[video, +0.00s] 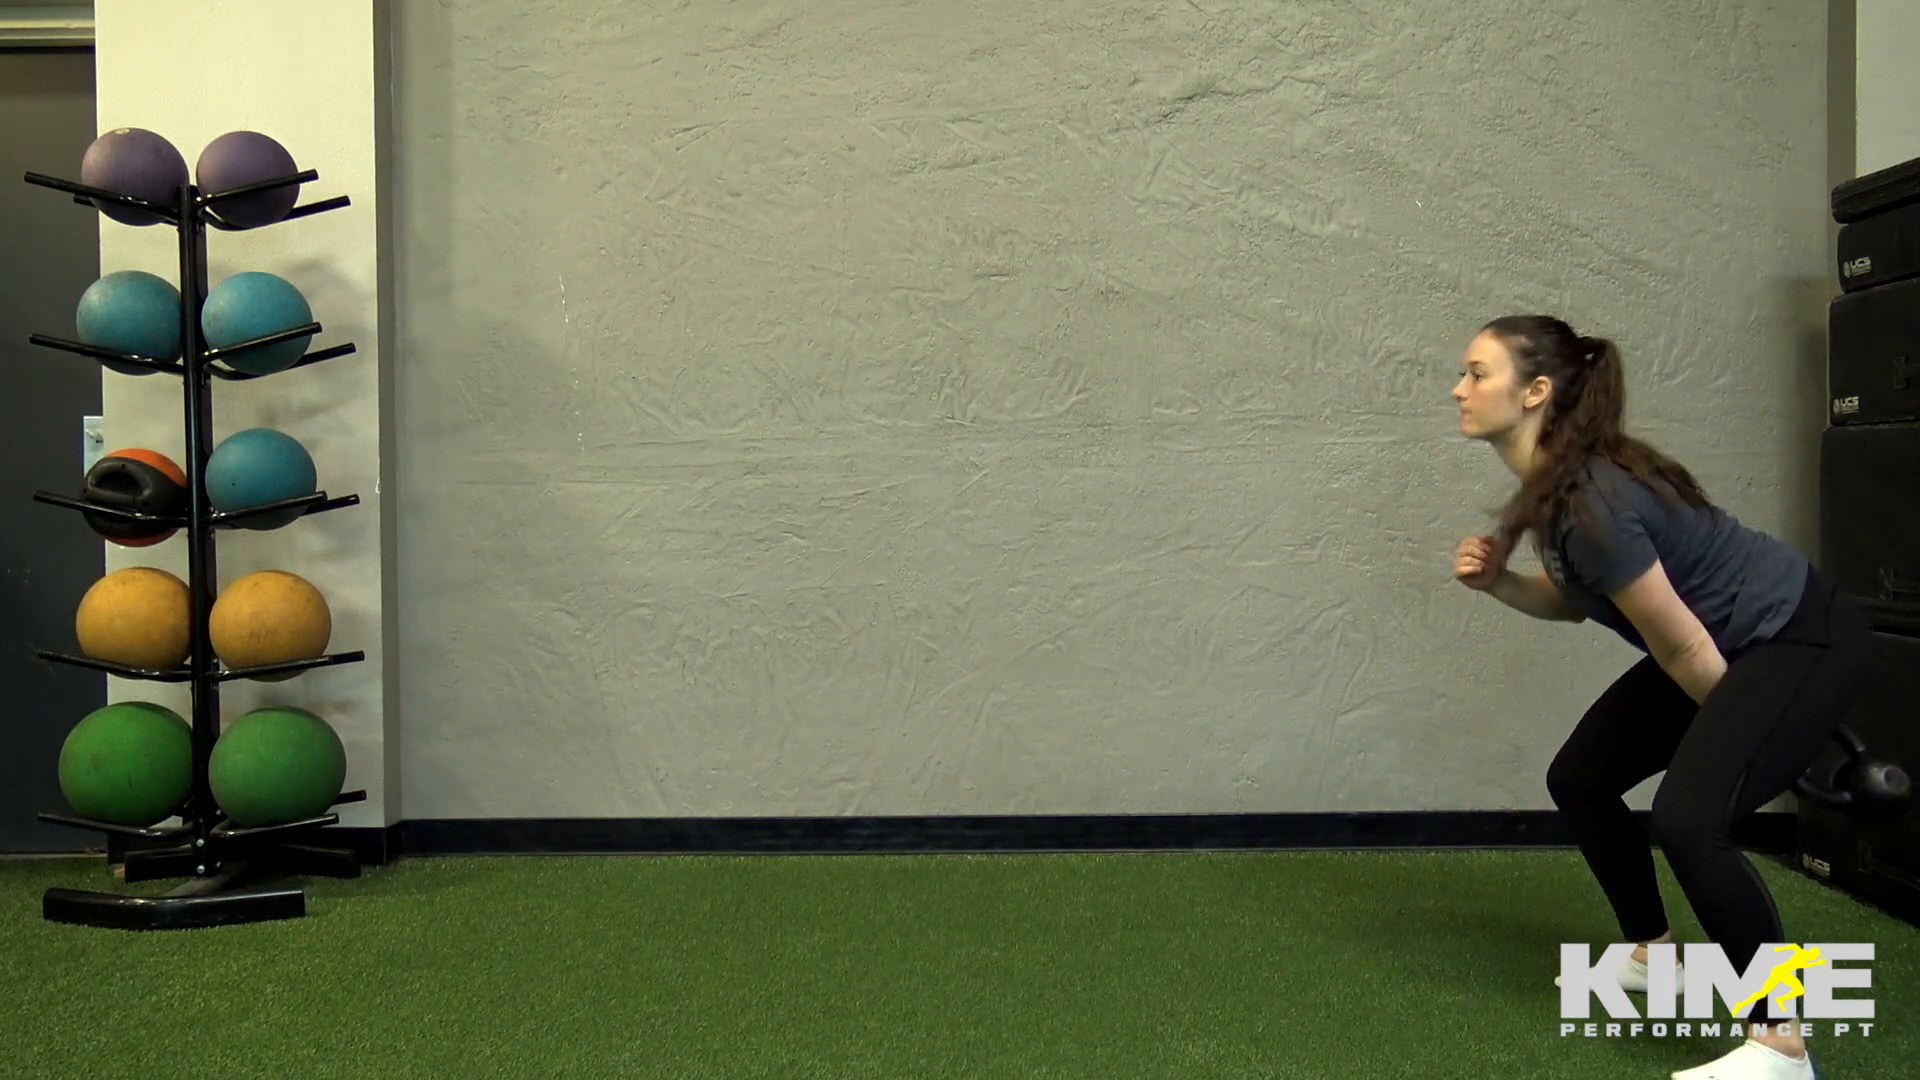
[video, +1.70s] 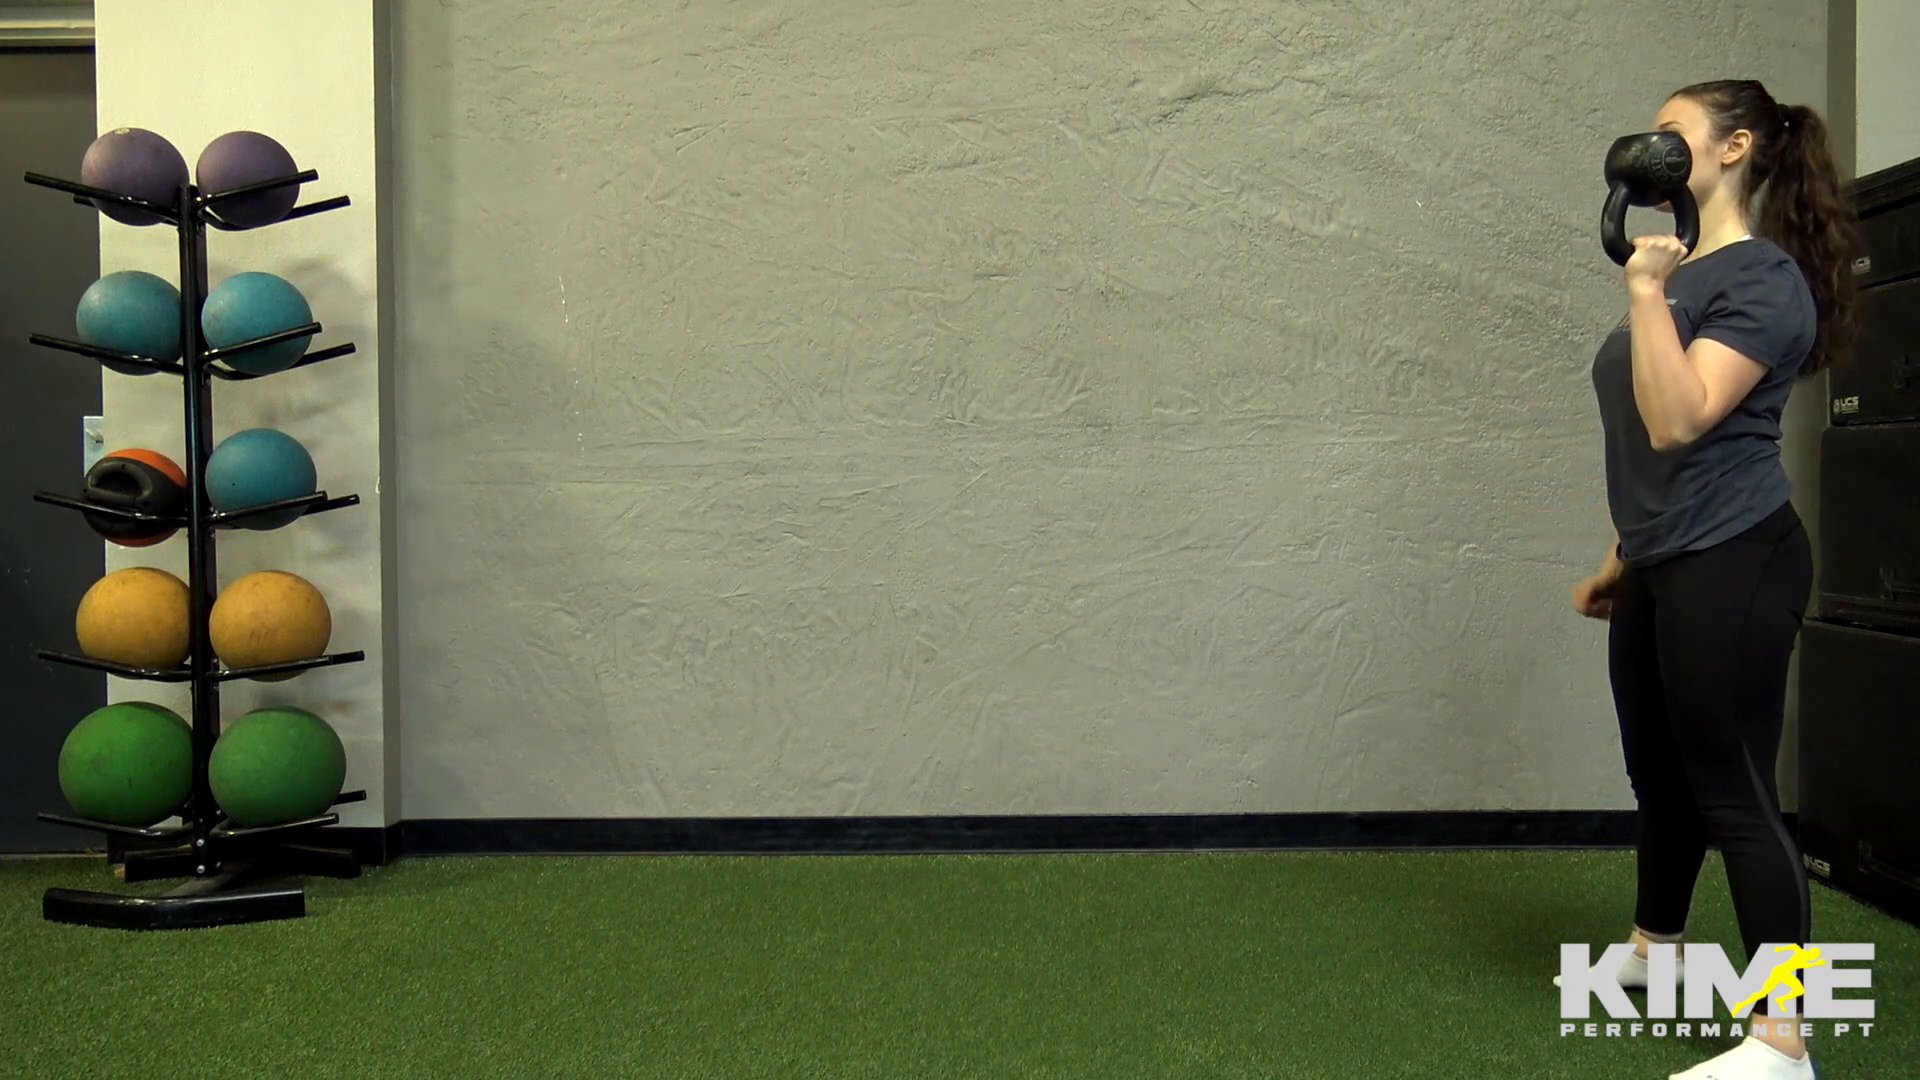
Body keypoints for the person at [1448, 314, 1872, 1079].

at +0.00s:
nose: (1459, 389)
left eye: (1475, 375)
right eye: (1462, 375)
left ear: (1535, 393)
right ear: (1529, 395)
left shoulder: (1591, 502)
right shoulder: (1556, 491)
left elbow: (1686, 646)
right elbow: (1578, 601)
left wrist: (1746, 734)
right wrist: (1498, 581)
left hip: (1805, 637)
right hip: (1730, 639)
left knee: (1687, 819)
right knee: (1580, 778)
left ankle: (1782, 1037)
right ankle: (1655, 960)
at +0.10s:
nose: (1480, 353)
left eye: (1498, 338)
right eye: (1486, 337)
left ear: (1559, 354)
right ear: (1551, 357)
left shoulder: (1601, 461)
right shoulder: (1564, 451)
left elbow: (1681, 621)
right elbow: (1589, 571)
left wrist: (1739, 733)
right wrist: (1510, 551)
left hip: (1800, 630)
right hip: (1726, 631)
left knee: (1691, 817)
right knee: (1583, 777)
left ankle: (1782, 1037)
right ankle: (1657, 960)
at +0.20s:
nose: (1543, 254)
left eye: (1561, 237)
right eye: (1547, 238)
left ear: (1626, 243)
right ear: (1613, 246)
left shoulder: (1667, 353)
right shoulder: (1615, 355)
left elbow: (1684, 529)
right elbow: (1612, 501)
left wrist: (1660, 646)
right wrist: (1535, 462)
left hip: (1778, 582)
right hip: (1700, 585)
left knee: (1711, 794)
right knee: (1601, 769)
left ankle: (1783, 1032)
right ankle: (1657, 961)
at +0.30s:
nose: (1593, 215)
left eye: (1609, 196)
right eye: (1592, 200)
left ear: (1677, 195)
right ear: (1662, 203)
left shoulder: (1727, 299)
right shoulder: (1649, 305)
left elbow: (1723, 458)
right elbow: (1612, 464)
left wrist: (1622, 563)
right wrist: (1554, 410)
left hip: (1764, 556)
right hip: (1681, 562)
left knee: (1724, 773)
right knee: (1624, 760)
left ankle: (1782, 1030)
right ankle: (1658, 960)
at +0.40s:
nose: (1642, 202)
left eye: (1657, 182)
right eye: (1640, 186)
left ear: (1724, 182)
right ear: (1702, 190)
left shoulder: (1787, 286)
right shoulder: (1672, 307)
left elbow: (1769, 440)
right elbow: (1613, 449)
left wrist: (1620, 441)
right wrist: (1570, 385)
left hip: (1742, 565)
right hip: (1659, 569)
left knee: (1734, 788)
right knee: (1656, 781)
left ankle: (1782, 1032)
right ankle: (1658, 971)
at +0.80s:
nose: (1655, 177)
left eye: (1673, 158)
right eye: (1655, 162)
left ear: (1738, 165)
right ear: (1714, 169)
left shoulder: (1772, 286)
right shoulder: (1674, 289)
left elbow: (1698, 408)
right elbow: (1631, 450)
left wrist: (1656, 285)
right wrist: (1565, 404)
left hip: (1732, 562)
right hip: (1651, 570)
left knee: (1736, 792)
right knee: (1664, 785)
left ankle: (1785, 1033)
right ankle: (1655, 964)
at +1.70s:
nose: (1654, 164)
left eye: (1673, 145)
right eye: (1655, 146)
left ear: (1738, 149)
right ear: (1719, 151)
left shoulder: (1766, 280)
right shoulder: (1688, 274)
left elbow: (1677, 421)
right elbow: (1665, 442)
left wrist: (1646, 294)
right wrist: (1626, 555)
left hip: (1734, 557)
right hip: (1661, 563)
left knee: (1734, 789)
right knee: (1662, 774)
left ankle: (1784, 1035)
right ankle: (1651, 961)